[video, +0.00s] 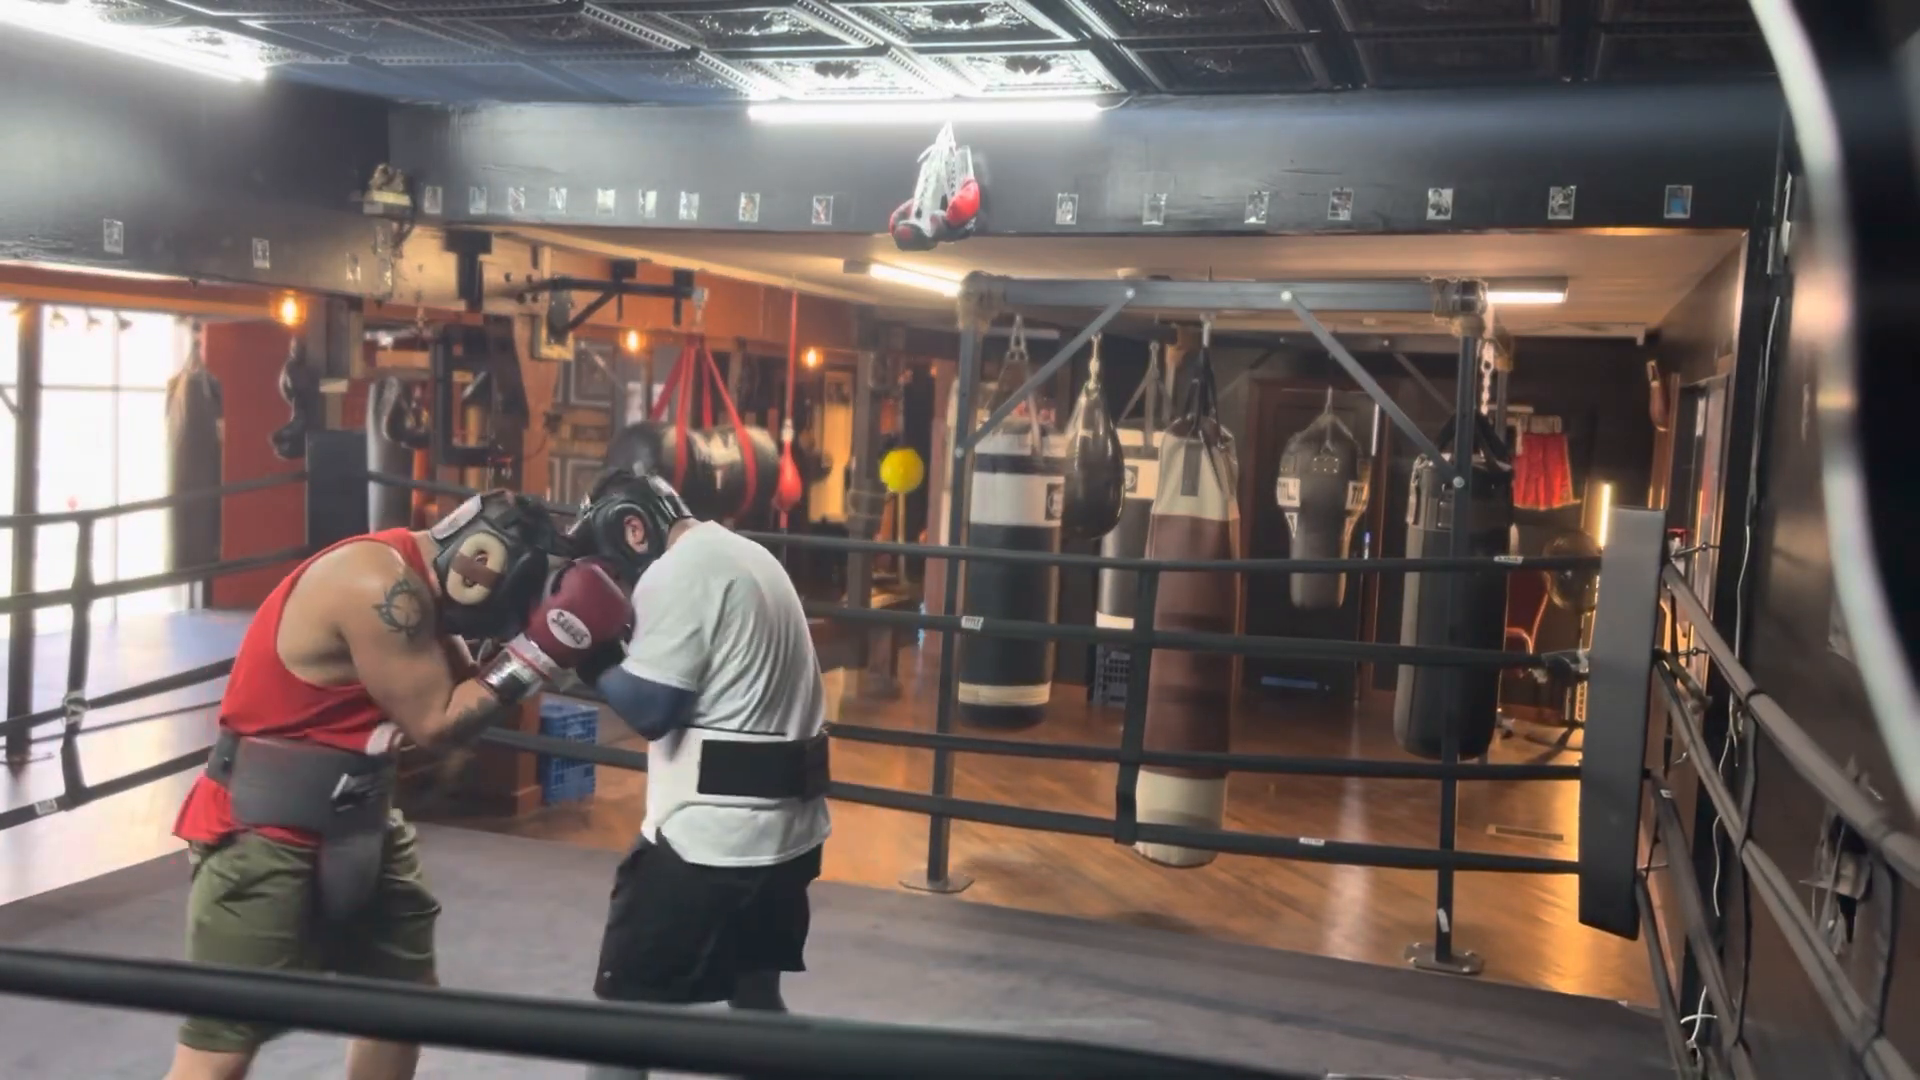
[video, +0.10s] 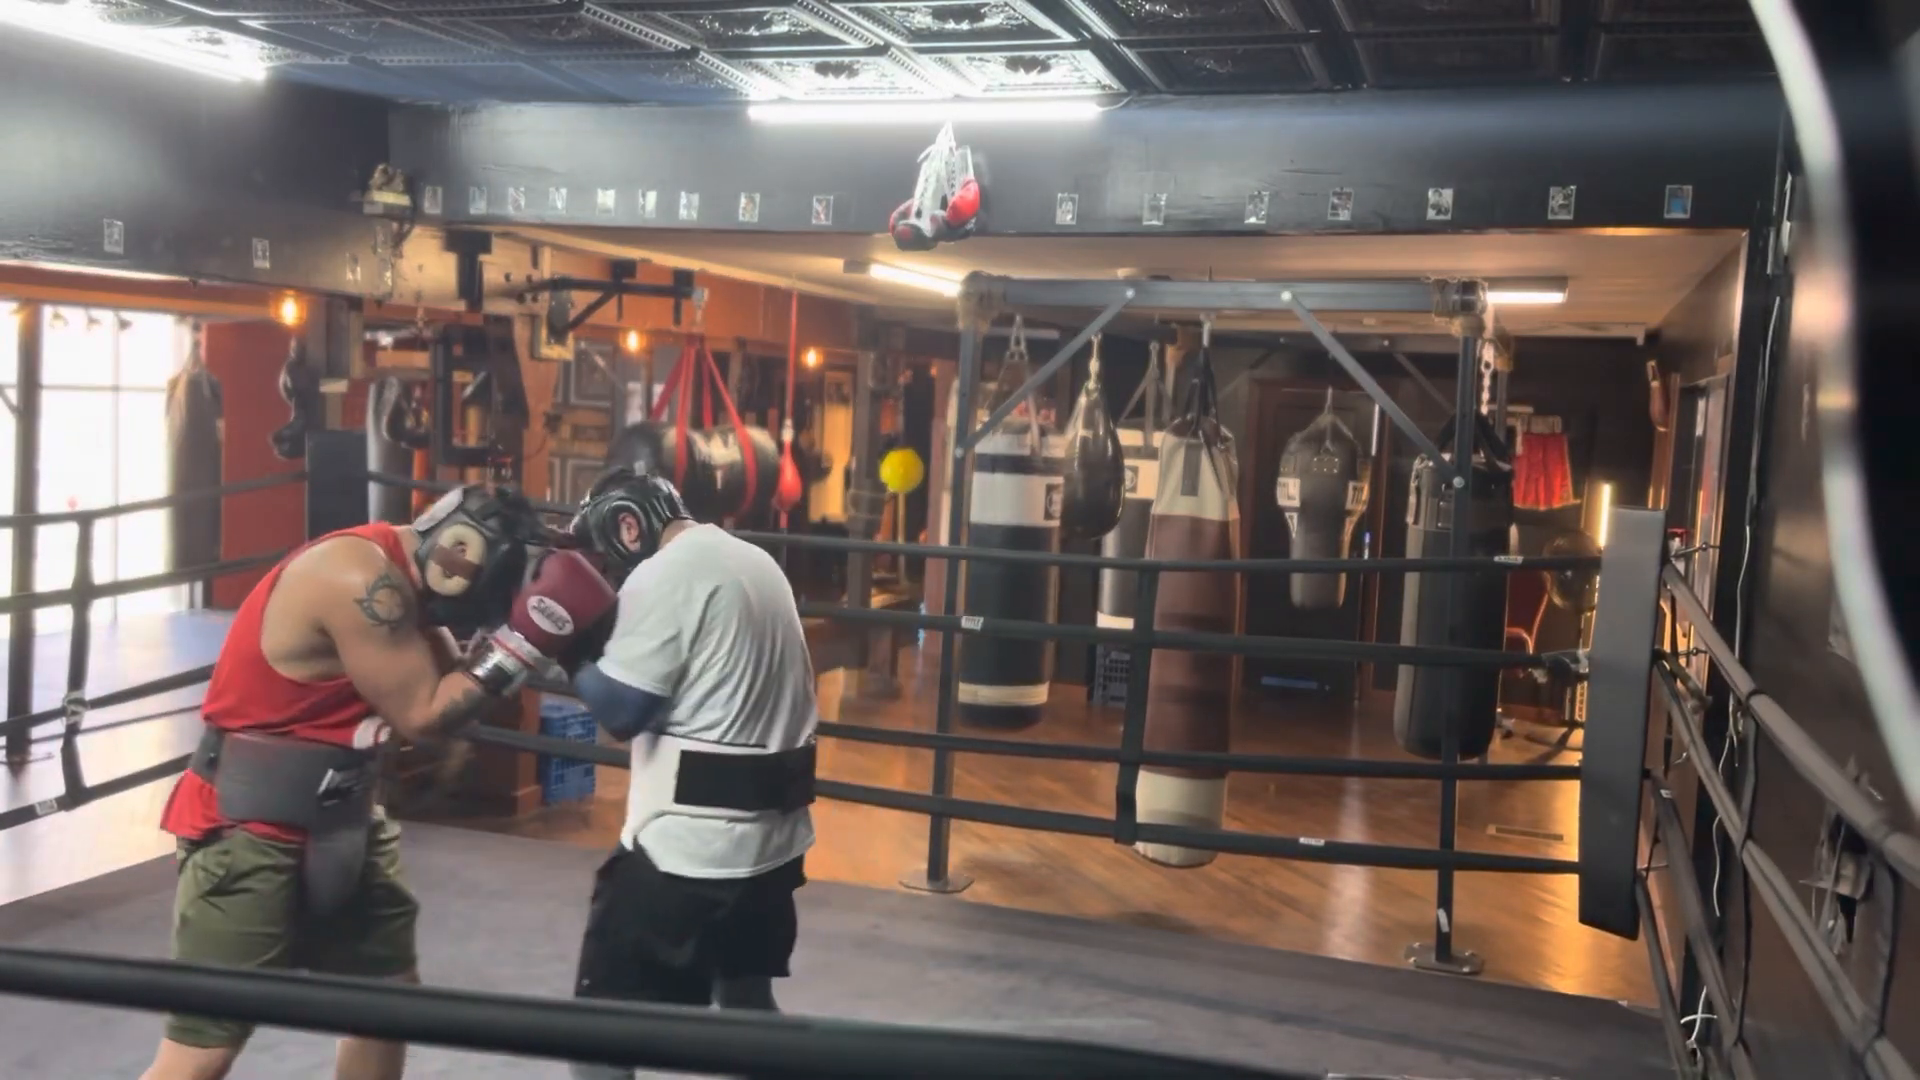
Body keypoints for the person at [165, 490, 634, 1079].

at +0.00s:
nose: (481, 579)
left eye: (500, 578)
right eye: (480, 559)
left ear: (516, 589)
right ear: (461, 536)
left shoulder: (428, 589)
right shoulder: (373, 583)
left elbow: (462, 691)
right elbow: (437, 723)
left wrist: (548, 650)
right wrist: (538, 653)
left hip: (358, 814)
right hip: (265, 819)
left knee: (401, 1005)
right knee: (220, 1041)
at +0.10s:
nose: (461, 579)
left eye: (478, 576)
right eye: (460, 560)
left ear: (493, 580)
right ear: (441, 535)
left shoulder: (412, 582)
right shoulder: (355, 578)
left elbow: (450, 680)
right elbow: (421, 716)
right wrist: (523, 642)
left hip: (344, 816)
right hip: (249, 821)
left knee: (385, 1005)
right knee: (203, 1043)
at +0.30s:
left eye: (376, 575)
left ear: (383, 572)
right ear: (336, 534)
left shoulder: (335, 593)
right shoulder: (232, 570)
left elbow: (355, 721)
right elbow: (308, 711)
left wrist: (437, 636)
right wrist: (399, 624)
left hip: (289, 827)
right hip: (186, 844)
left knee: (356, 1008)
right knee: (115, 1059)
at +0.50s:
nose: (283, 604)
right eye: (286, 588)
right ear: (246, 552)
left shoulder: (237, 594)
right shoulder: (107, 578)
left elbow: (224, 730)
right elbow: (166, 736)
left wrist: (323, 660)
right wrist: (269, 648)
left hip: (199, 838)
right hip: (84, 852)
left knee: (269, 1029)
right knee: (23, 1060)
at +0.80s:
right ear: (227, 548)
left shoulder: (210, 582)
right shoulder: (100, 577)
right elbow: (159, 732)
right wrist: (260, 645)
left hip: (157, 819)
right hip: (49, 844)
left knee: (231, 1012)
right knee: (19, 1057)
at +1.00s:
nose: (202, 503)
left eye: (224, 499)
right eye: (197, 488)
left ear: (266, 519)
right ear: (189, 474)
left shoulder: (268, 586)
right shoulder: (91, 529)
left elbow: (335, 718)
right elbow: (30, 656)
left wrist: (343, 602)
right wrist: (167, 613)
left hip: (156, 837)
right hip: (24, 827)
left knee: (229, 1035)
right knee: (1, 1034)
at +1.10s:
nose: (240, 534)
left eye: (246, 517)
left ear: (257, 514)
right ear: (178, 492)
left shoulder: (249, 587)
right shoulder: (72, 528)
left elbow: (303, 718)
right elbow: (3, 646)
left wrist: (315, 596)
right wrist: (103, 631)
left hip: (152, 821)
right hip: (23, 810)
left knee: (213, 1026)